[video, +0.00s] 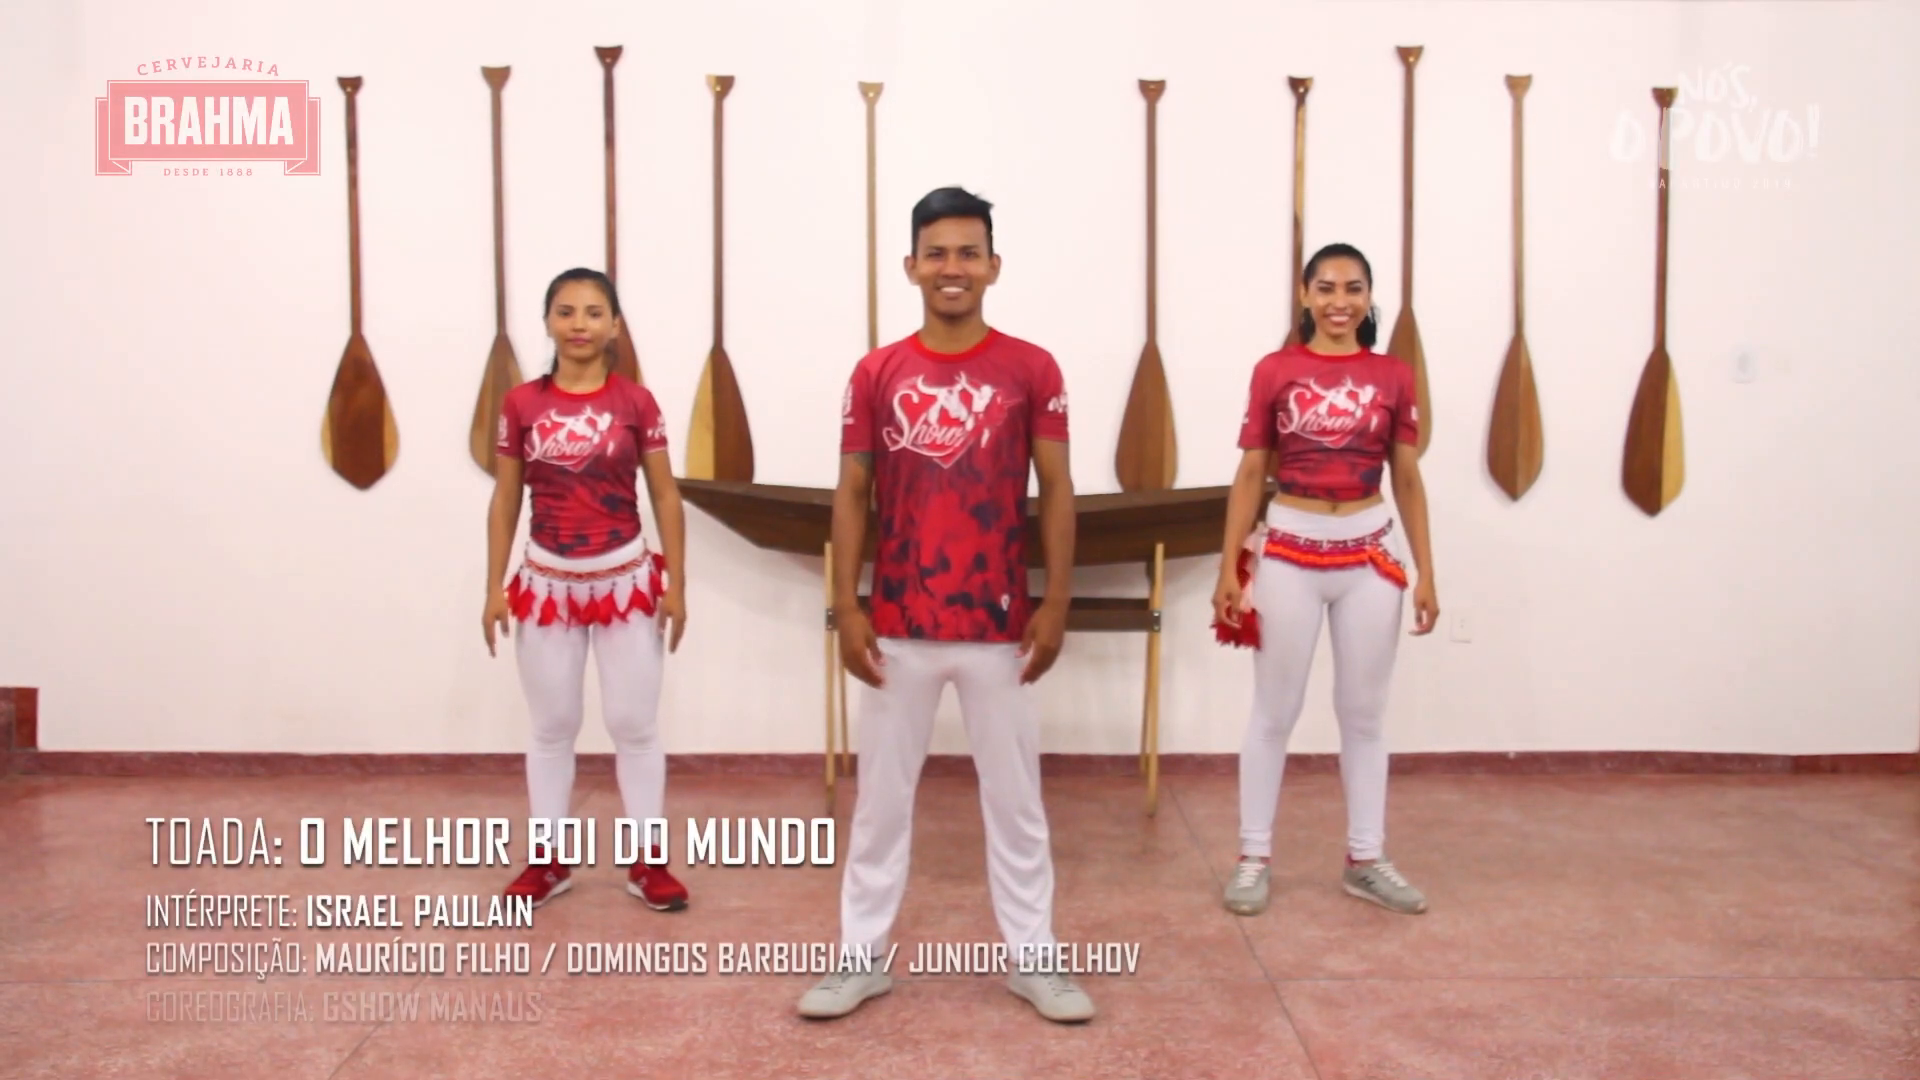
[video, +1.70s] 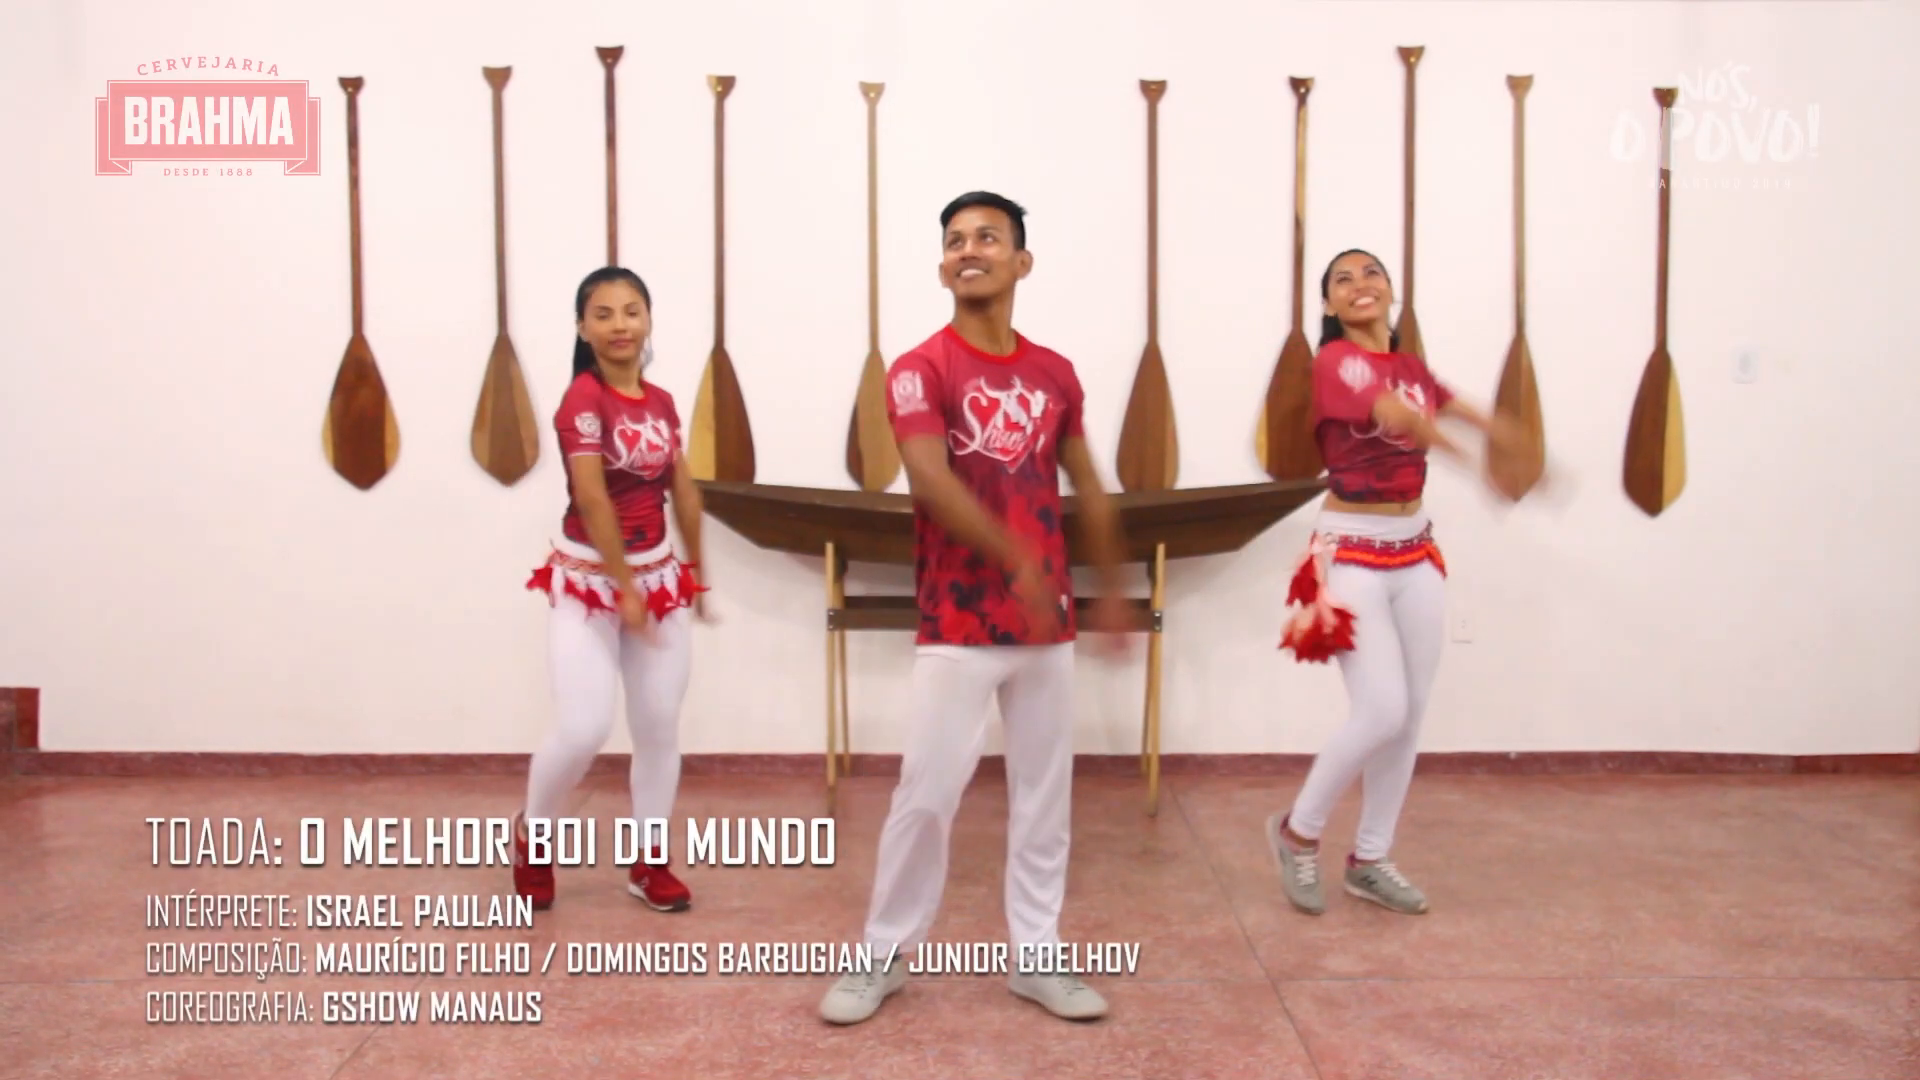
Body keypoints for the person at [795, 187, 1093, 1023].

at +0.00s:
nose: (953, 268)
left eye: (969, 253)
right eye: (937, 254)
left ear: (991, 264)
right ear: (913, 266)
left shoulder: (1031, 369)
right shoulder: (876, 374)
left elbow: (1057, 491)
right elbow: (851, 496)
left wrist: (1057, 601)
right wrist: (844, 604)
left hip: (997, 623)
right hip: (899, 622)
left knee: (1015, 800)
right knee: (881, 797)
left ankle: (1034, 955)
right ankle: (862, 954)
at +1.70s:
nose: (967, 250)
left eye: (986, 238)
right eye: (955, 240)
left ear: (1022, 262)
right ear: (941, 266)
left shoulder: (1054, 372)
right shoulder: (920, 367)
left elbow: (1087, 486)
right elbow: (930, 482)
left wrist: (1113, 587)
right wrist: (1020, 561)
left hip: (1043, 622)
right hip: (958, 624)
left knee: (1043, 799)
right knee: (927, 797)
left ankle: (1037, 954)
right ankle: (880, 951)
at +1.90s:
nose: (958, 245)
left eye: (977, 234)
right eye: (946, 236)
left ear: (1015, 258)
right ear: (934, 263)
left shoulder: (1055, 351)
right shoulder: (920, 355)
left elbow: (1140, 363)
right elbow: (889, 360)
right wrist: (952, 312)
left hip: (1035, 622)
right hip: (944, 622)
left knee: (1037, 803)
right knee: (890, 788)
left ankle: (1035, 955)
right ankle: (850, 959)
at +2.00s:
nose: (954, 248)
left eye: (973, 235)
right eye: (942, 238)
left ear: (1009, 258)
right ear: (929, 265)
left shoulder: (1043, 344)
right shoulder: (914, 352)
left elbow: (1147, 297)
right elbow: (872, 301)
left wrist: (1239, 233)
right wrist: (906, 206)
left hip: (1029, 623)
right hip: (935, 624)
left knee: (1033, 803)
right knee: (878, 798)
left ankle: (1035, 958)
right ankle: (819, 975)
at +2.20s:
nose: (922, 254)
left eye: (943, 242)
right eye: (912, 243)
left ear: (981, 265)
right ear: (899, 261)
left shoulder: (1006, 348)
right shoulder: (869, 349)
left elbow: (1077, 249)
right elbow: (803, 270)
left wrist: (1120, 138)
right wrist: (757, 163)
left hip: (994, 627)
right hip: (896, 630)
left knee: (1014, 805)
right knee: (850, 817)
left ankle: (1033, 956)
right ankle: (816, 998)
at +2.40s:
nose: (879, 241)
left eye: (901, 230)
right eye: (871, 228)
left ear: (942, 256)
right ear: (856, 249)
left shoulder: (960, 342)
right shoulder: (814, 342)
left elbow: (1017, 240)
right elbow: (718, 273)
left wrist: (1022, 118)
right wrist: (626, 197)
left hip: (939, 628)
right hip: (836, 630)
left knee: (996, 800)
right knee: (806, 824)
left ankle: (1043, 955)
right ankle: (811, 1002)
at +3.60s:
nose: (907, 254)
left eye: (927, 239)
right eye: (889, 238)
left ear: (960, 256)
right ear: (861, 254)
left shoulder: (986, 363)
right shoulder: (830, 348)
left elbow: (1058, 293)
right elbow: (755, 230)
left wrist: (1106, 190)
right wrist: (742, 90)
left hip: (946, 682)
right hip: (829, 672)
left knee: (984, 896)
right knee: (793, 848)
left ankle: (1006, 1068)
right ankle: (804, 1001)